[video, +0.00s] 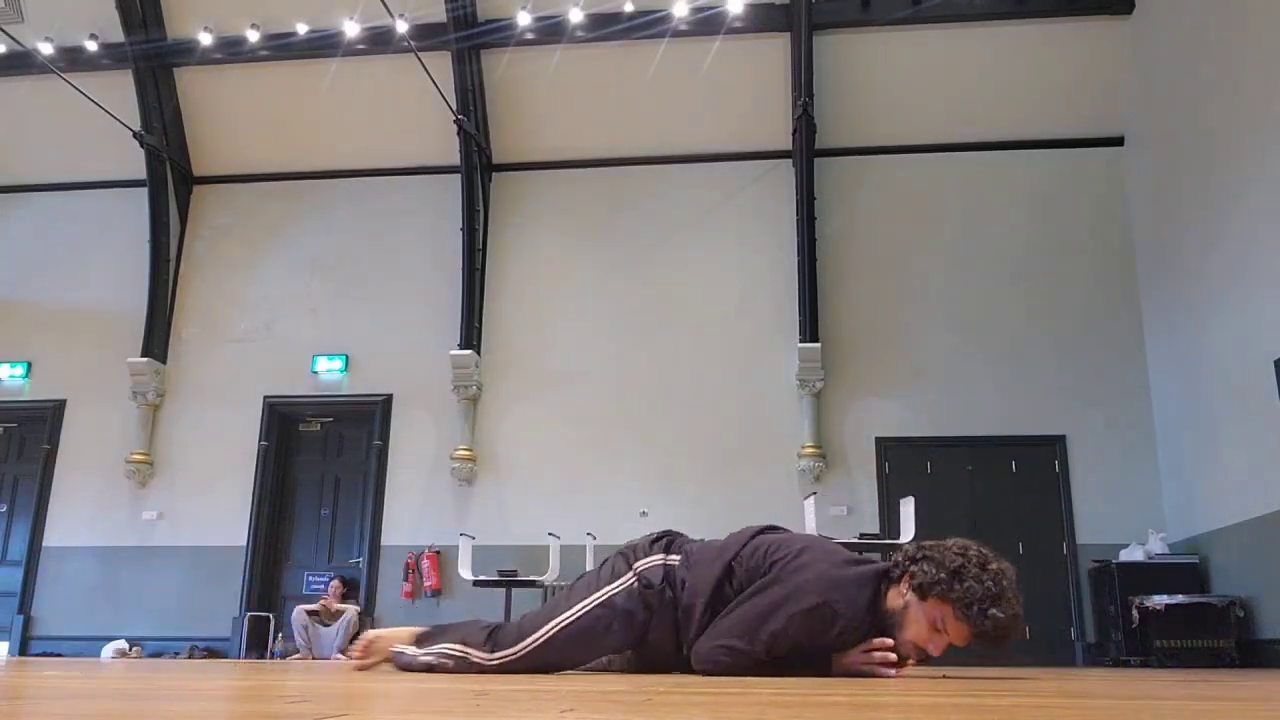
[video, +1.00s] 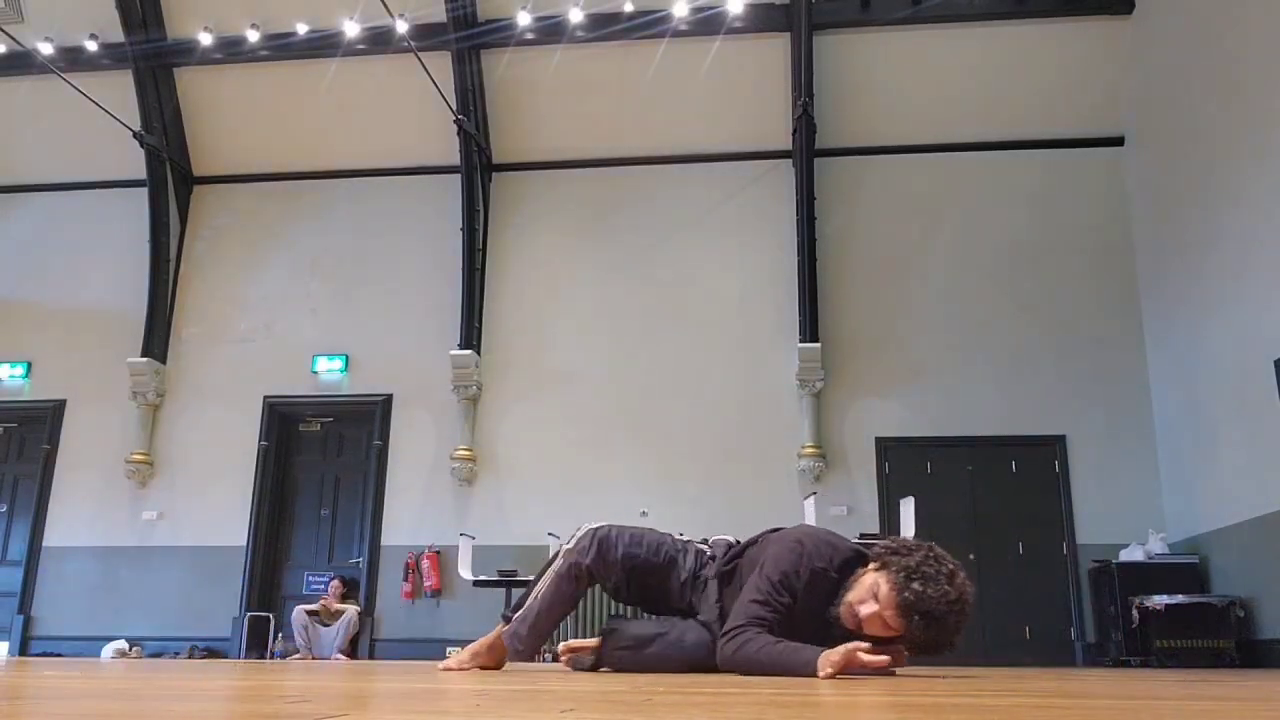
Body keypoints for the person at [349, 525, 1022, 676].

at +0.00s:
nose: (939, 645)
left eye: (952, 641)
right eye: (940, 627)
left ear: (948, 619)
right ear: (912, 589)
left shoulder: (879, 598)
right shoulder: (829, 588)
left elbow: (781, 655)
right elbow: (712, 660)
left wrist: (857, 654)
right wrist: (831, 666)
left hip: (674, 617)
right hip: (649, 589)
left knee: (525, 654)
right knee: (501, 659)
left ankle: (410, 644)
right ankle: (390, 646)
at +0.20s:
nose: (918, 647)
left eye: (934, 646)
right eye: (922, 628)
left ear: (943, 637)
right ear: (903, 589)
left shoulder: (876, 607)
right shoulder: (820, 577)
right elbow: (715, 656)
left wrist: (855, 658)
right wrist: (823, 663)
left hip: (686, 636)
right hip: (667, 585)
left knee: (580, 658)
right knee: (547, 657)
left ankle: (494, 634)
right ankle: (468, 650)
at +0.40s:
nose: (898, 643)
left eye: (915, 643)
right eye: (900, 622)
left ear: (925, 643)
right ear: (884, 582)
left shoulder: (870, 610)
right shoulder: (794, 568)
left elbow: (812, 654)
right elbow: (716, 654)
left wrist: (875, 661)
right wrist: (824, 663)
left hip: (710, 632)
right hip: (682, 587)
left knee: (611, 651)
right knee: (597, 653)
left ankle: (524, 637)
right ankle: (502, 654)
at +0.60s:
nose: (865, 624)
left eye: (883, 629)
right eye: (872, 606)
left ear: (897, 639)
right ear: (866, 569)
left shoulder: (856, 614)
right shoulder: (783, 563)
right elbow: (717, 651)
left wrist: (880, 655)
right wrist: (827, 662)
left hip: (710, 640)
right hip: (686, 590)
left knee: (609, 644)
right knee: (575, 646)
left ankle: (521, 637)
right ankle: (500, 650)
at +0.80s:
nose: (850, 613)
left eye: (867, 620)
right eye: (859, 596)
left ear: (886, 637)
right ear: (858, 564)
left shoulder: (851, 638)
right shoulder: (784, 556)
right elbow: (719, 651)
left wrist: (863, 656)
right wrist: (826, 662)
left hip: (697, 642)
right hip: (690, 579)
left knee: (586, 655)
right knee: (593, 570)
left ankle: (543, 635)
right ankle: (505, 649)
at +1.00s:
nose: (860, 612)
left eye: (879, 624)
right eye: (870, 596)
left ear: (902, 640)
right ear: (874, 564)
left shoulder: (893, 634)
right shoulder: (800, 555)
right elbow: (736, 645)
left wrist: (871, 661)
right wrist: (820, 661)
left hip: (722, 636)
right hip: (701, 572)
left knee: (637, 646)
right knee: (590, 545)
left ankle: (594, 649)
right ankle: (507, 643)